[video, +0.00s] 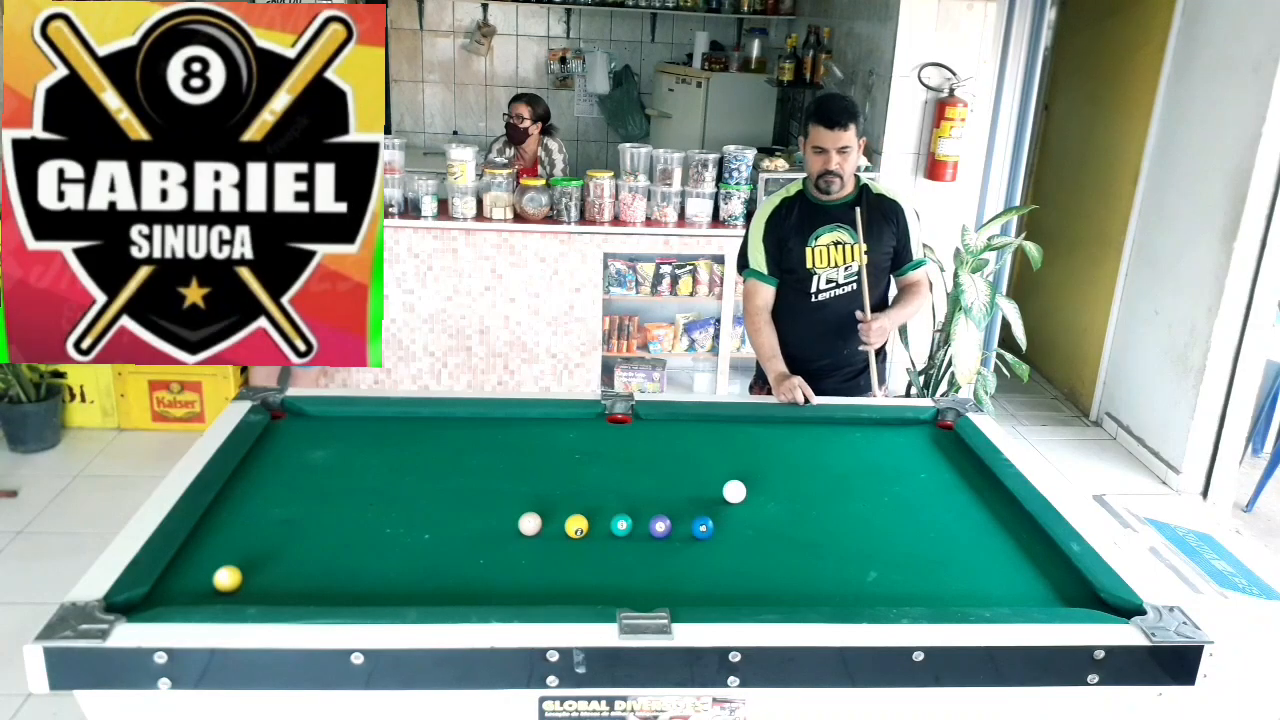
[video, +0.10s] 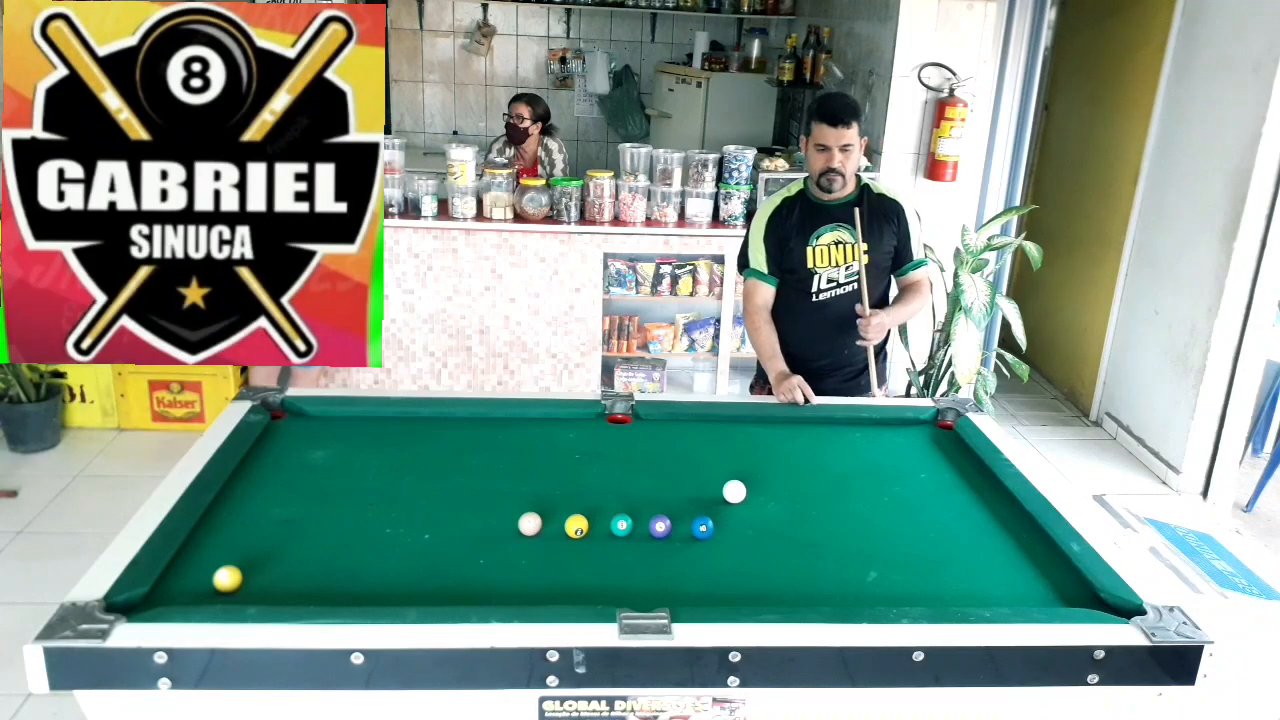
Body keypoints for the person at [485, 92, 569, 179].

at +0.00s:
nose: (511, 123)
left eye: (519, 119)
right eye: (510, 117)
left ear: (536, 128)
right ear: (507, 118)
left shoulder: (553, 148)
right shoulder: (499, 146)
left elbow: (561, 189)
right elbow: (486, 183)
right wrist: (507, 171)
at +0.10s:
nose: (511, 123)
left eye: (519, 119)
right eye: (510, 117)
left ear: (536, 128)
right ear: (507, 118)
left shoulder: (553, 148)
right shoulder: (499, 146)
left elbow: (561, 189)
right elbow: (486, 183)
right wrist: (507, 171)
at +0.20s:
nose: (511, 123)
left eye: (519, 118)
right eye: (510, 117)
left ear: (536, 128)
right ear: (507, 118)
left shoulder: (553, 148)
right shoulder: (499, 146)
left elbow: (561, 189)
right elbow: (486, 183)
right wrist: (507, 172)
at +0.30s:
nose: (511, 123)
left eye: (519, 118)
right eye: (510, 117)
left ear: (536, 128)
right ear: (506, 118)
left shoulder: (553, 147)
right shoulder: (499, 146)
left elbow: (561, 189)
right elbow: (486, 183)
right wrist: (507, 172)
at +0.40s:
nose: (511, 123)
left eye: (519, 118)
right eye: (510, 117)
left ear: (536, 127)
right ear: (506, 118)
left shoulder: (553, 148)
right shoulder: (499, 146)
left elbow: (561, 188)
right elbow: (486, 183)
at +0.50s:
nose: (511, 123)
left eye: (519, 118)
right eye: (509, 117)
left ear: (536, 127)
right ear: (506, 118)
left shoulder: (553, 147)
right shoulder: (499, 146)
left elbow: (561, 189)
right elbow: (486, 183)